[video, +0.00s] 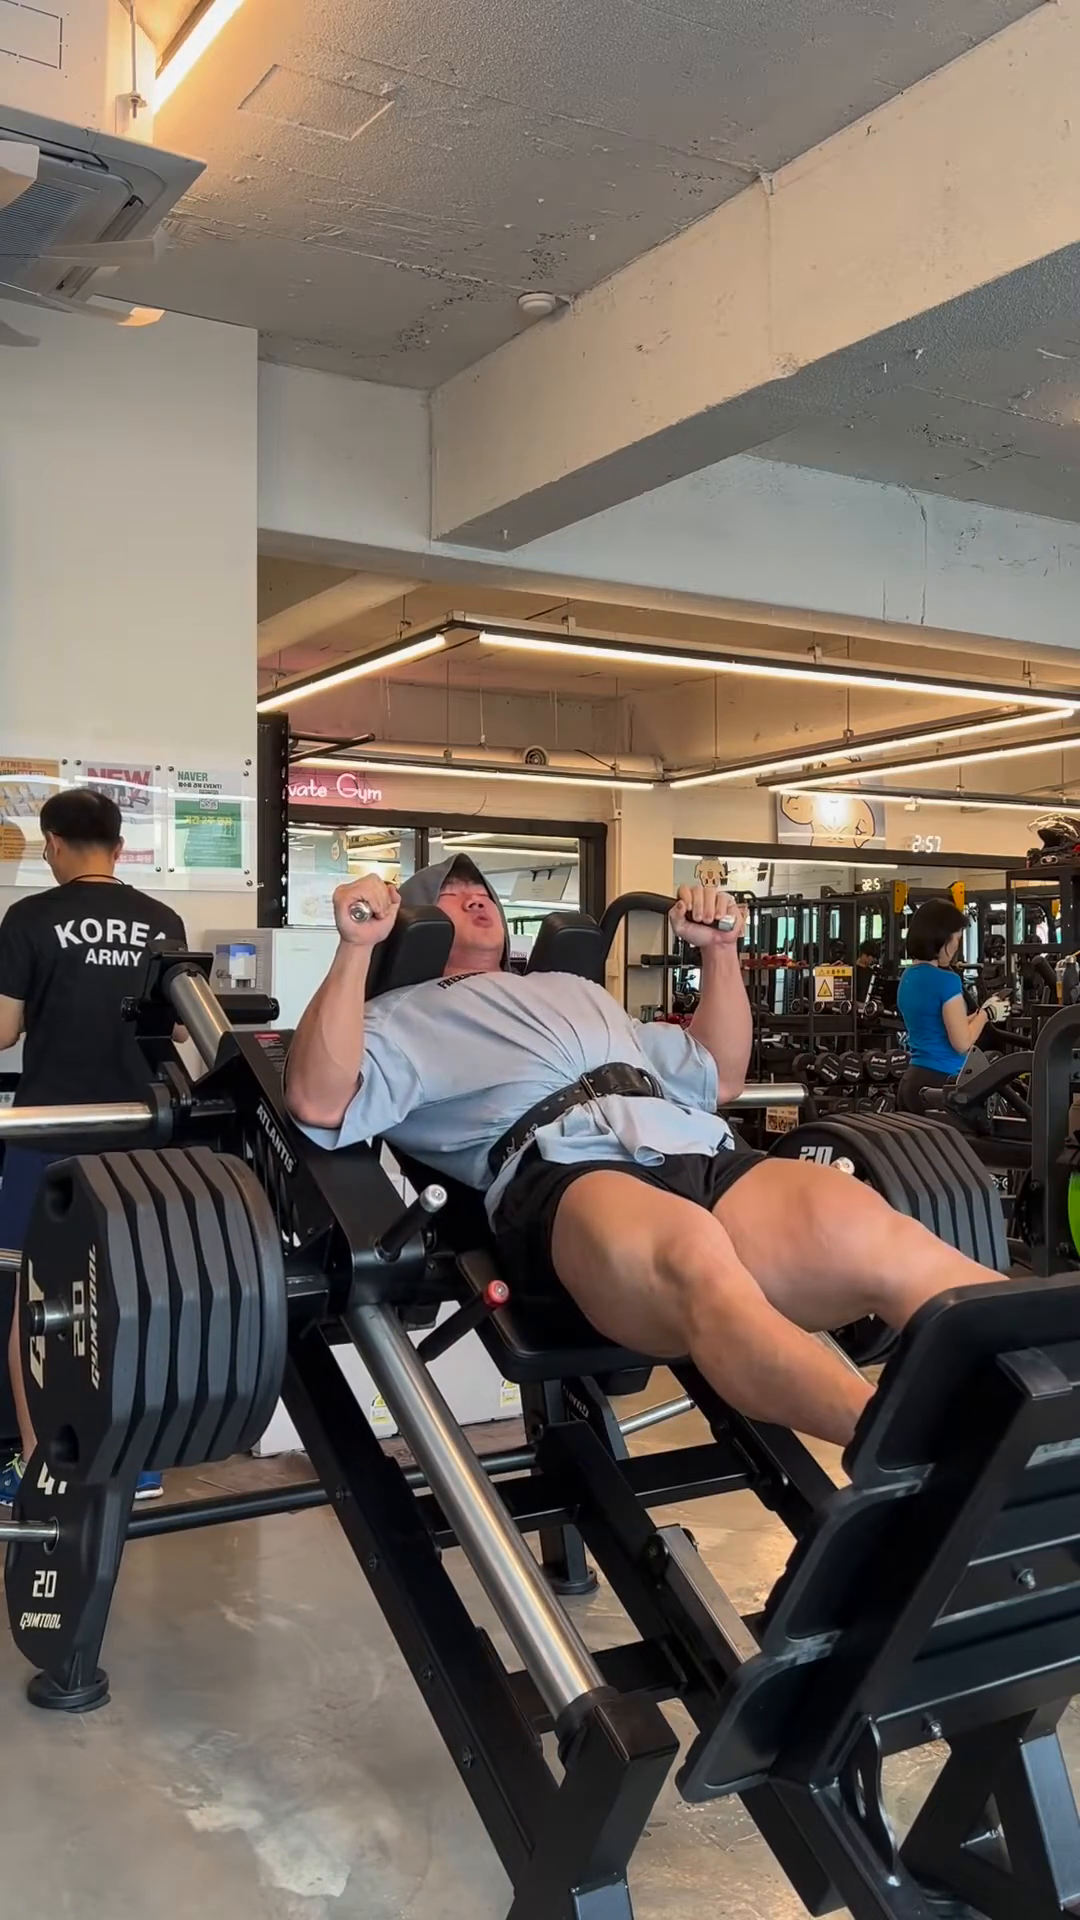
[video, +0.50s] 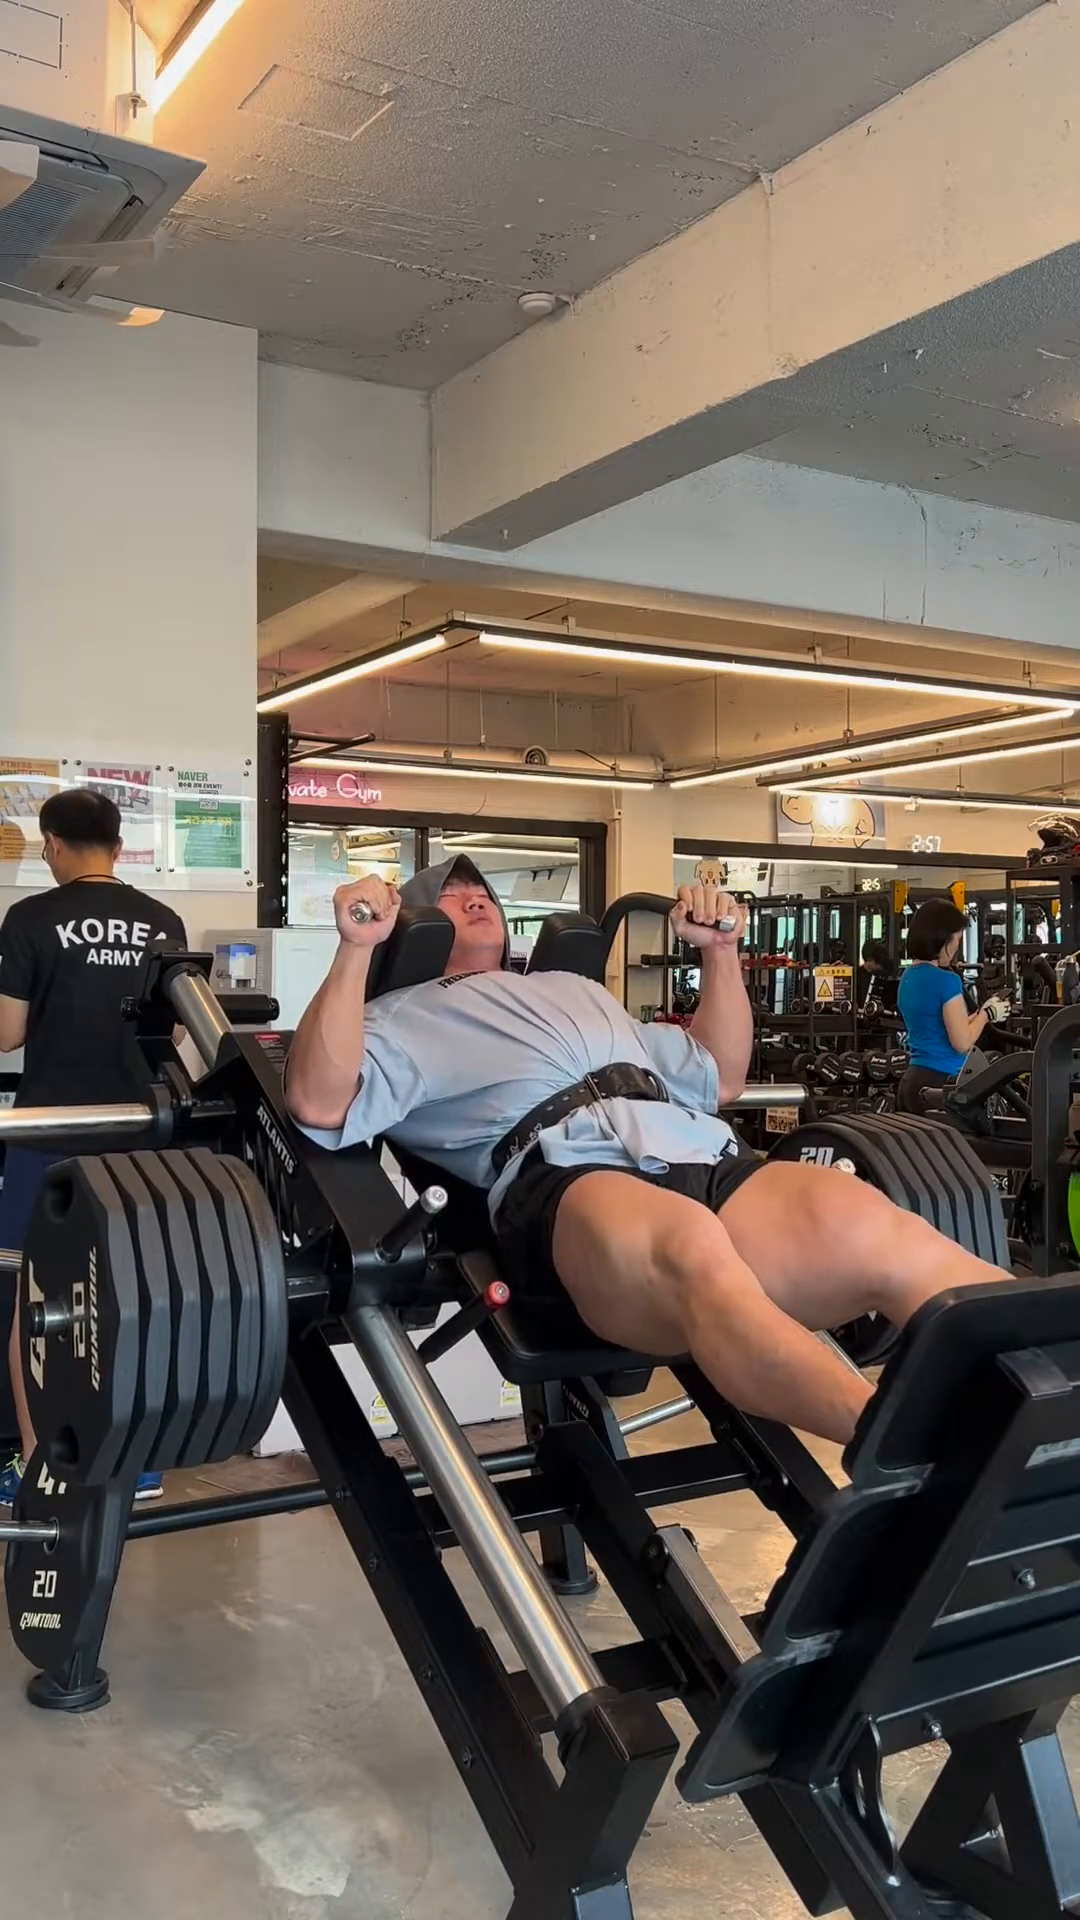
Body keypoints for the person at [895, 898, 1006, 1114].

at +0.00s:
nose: (957, 946)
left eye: (958, 939)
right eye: (957, 939)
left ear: (923, 935)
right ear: (943, 940)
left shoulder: (907, 978)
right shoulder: (946, 981)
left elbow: (934, 1031)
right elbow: (962, 1042)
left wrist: (976, 1015)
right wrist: (987, 1013)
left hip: (913, 1078)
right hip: (945, 1084)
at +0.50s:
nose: (958, 945)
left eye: (959, 939)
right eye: (957, 939)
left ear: (923, 935)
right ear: (943, 940)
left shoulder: (907, 978)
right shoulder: (947, 981)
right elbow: (962, 1042)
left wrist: (977, 1014)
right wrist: (988, 1013)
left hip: (913, 1078)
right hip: (943, 1084)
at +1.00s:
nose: (959, 943)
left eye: (960, 937)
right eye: (958, 937)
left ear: (922, 935)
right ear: (946, 940)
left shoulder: (908, 978)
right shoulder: (946, 981)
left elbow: (934, 1032)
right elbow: (959, 1043)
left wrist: (977, 1012)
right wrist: (987, 1016)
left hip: (914, 1077)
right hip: (943, 1084)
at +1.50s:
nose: (958, 946)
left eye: (959, 940)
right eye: (957, 940)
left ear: (922, 936)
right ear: (944, 941)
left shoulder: (907, 978)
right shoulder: (945, 982)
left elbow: (927, 1034)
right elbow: (959, 1044)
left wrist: (972, 1016)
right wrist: (988, 1017)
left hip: (914, 1079)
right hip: (945, 1084)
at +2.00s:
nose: (957, 947)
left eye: (958, 941)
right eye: (956, 940)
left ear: (921, 936)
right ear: (943, 941)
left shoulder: (906, 979)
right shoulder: (945, 982)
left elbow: (926, 1034)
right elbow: (960, 1044)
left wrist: (970, 1012)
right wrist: (984, 1012)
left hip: (913, 1078)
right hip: (943, 1084)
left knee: (917, 1163)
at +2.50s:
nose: (958, 946)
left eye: (959, 939)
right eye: (957, 939)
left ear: (922, 936)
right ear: (944, 941)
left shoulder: (908, 977)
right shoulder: (946, 982)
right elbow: (963, 1043)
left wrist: (974, 1013)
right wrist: (987, 1011)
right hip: (947, 1080)